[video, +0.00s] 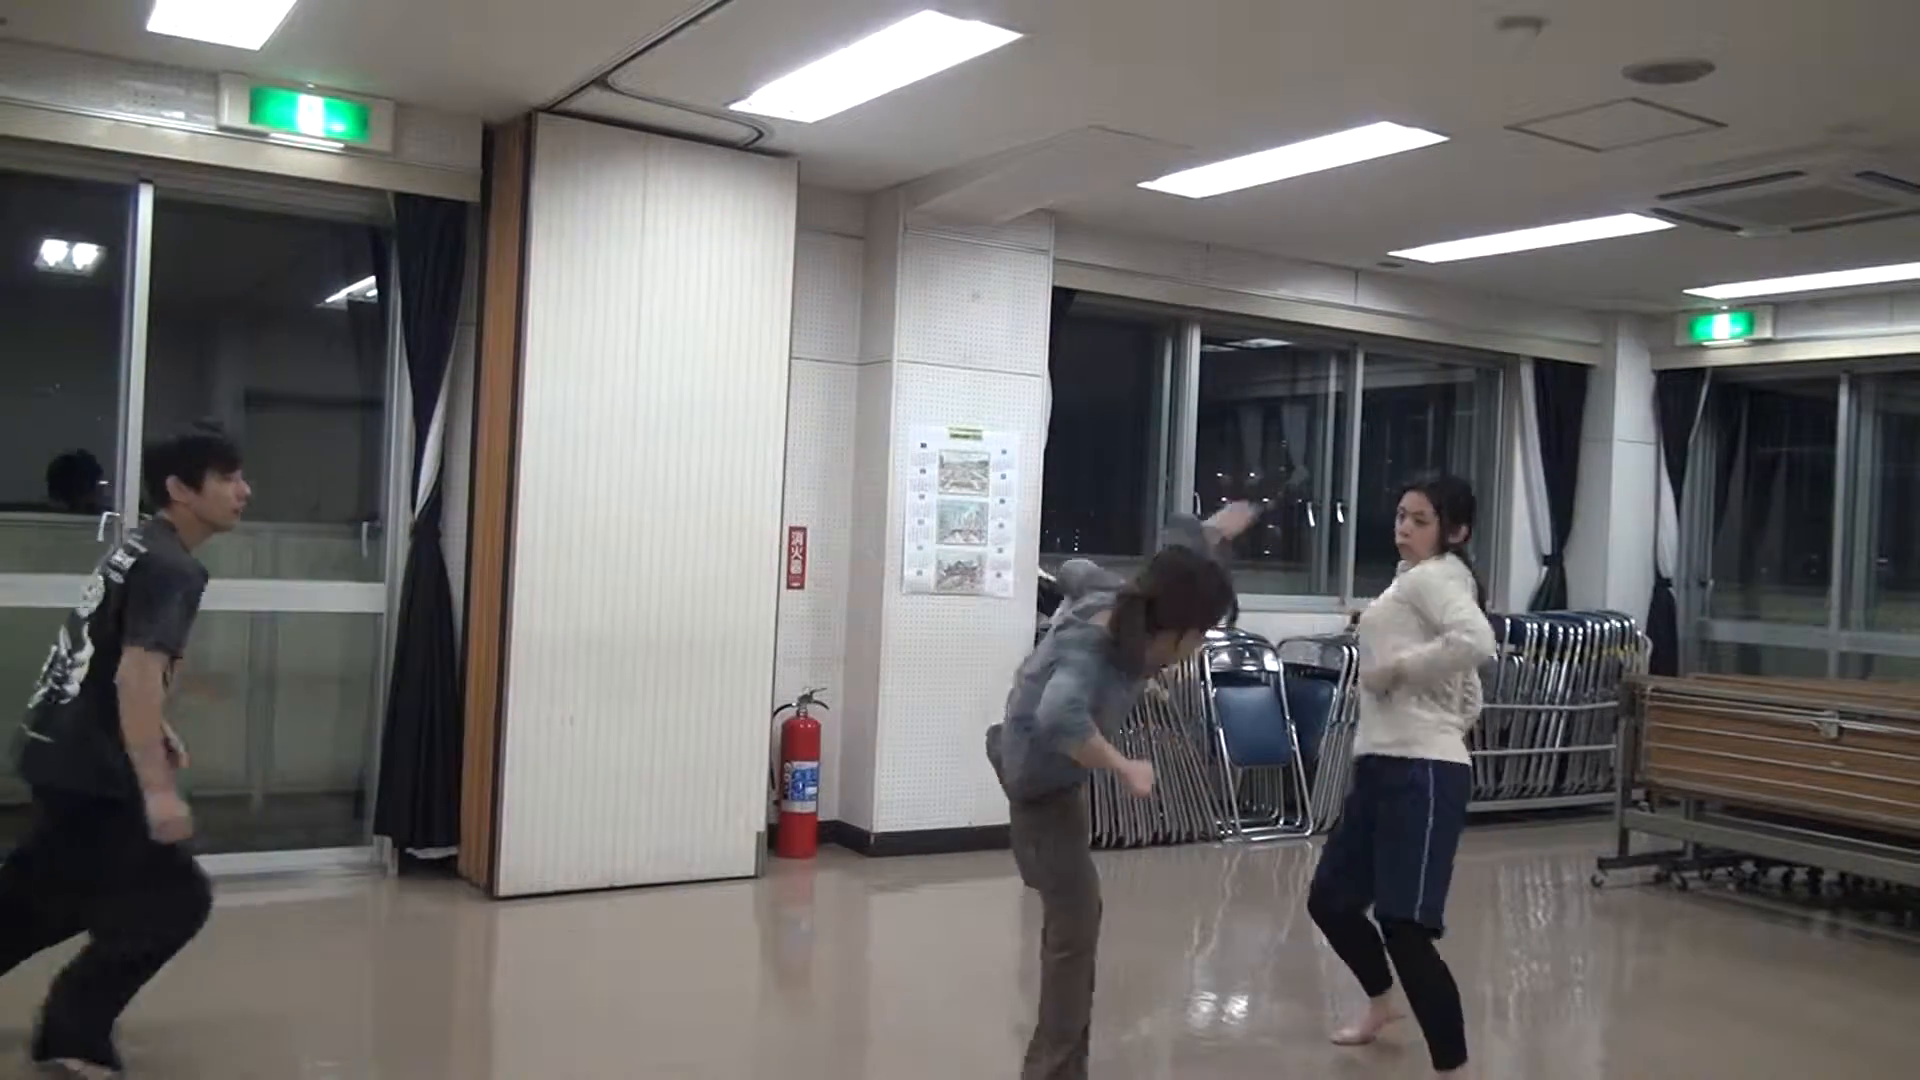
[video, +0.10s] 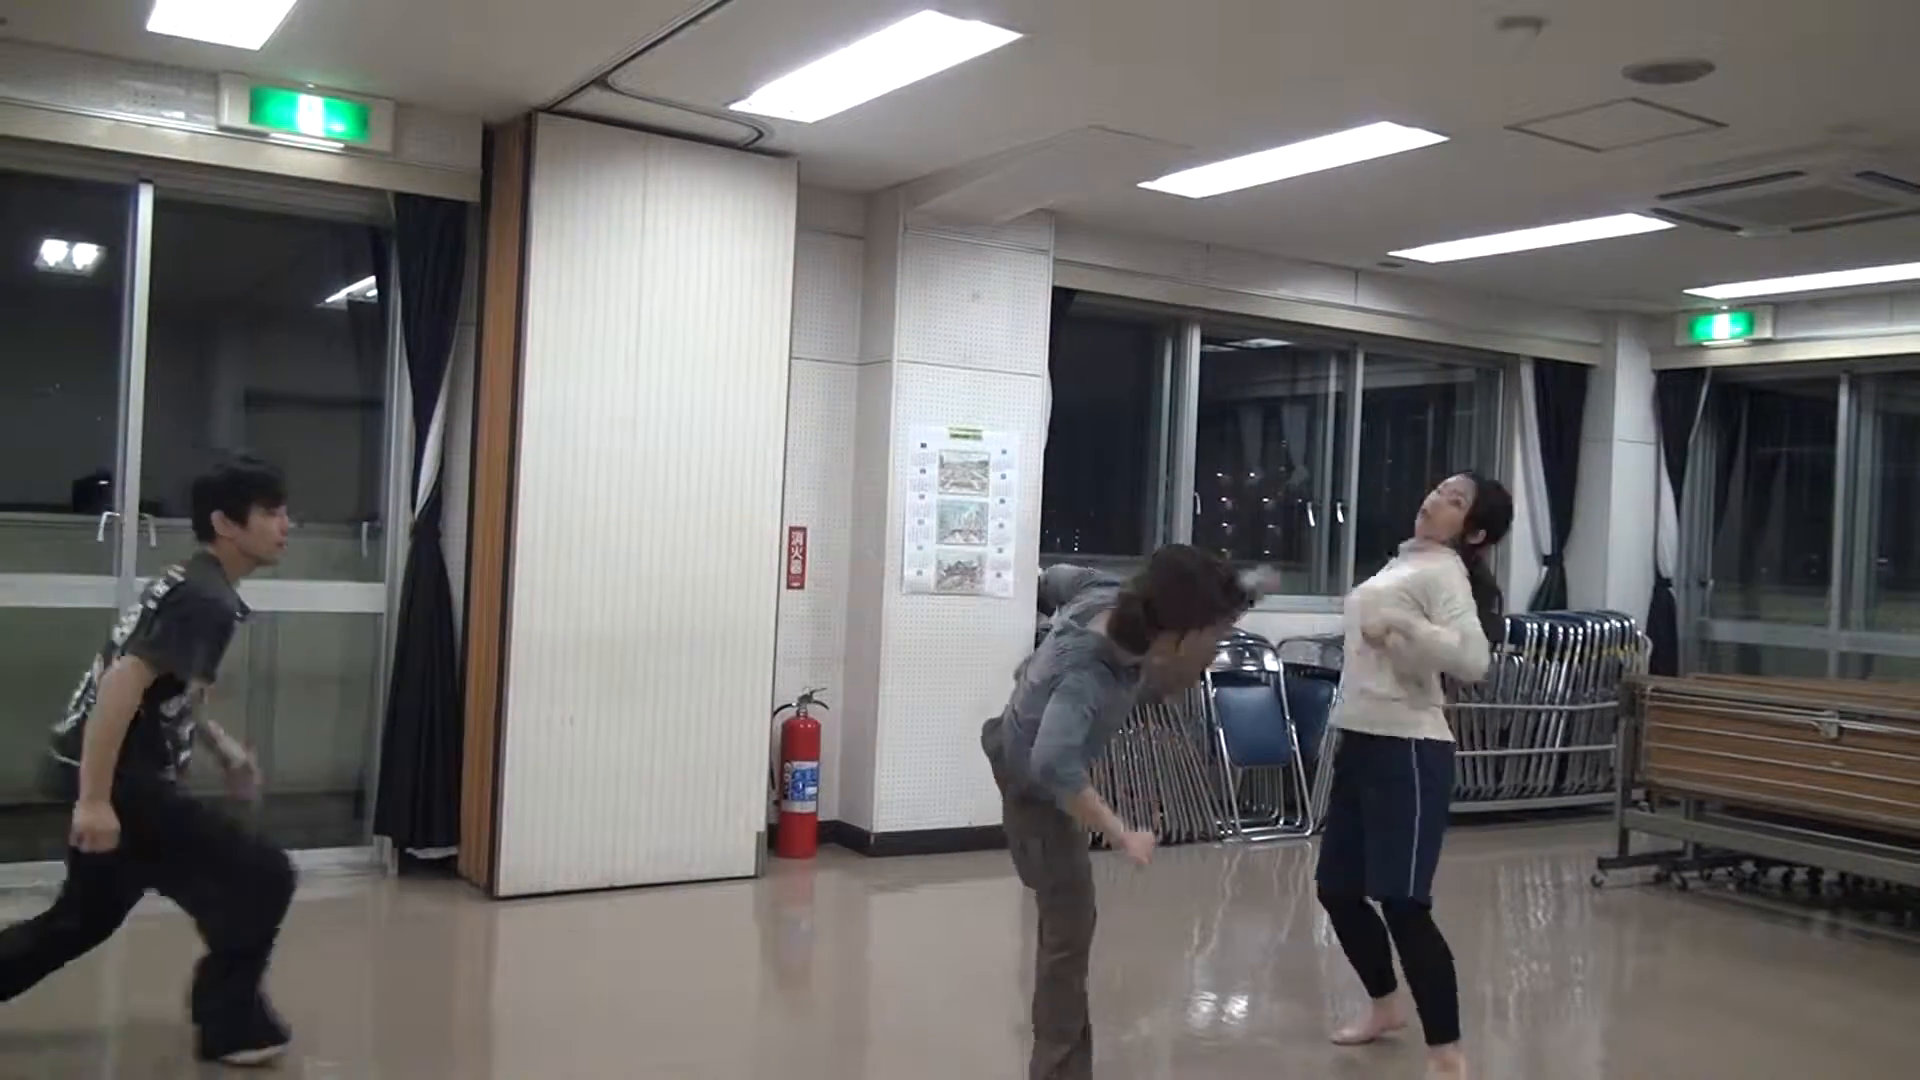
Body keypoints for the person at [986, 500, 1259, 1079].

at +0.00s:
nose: (1195, 647)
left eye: (1201, 637)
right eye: (1196, 636)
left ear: (1161, 604)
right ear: (1169, 626)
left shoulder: (1128, 598)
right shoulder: (1089, 651)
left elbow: (1175, 545)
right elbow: (1057, 720)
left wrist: (1220, 528)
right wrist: (1121, 766)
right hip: (1041, 776)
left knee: (1074, 908)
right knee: (1075, 917)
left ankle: (1056, 1054)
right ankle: (1057, 1065)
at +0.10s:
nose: (1219, 651)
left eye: (1223, 638)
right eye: (1216, 638)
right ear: (1179, 634)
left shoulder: (1121, 593)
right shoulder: (1091, 675)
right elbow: (1053, 763)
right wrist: (1118, 833)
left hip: (1017, 733)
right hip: (1032, 775)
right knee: (1070, 920)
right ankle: (1061, 1067)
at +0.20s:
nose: (1183, 624)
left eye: (1187, 615)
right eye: (1179, 616)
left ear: (1135, 589)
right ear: (1151, 618)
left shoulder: (1109, 599)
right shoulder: (1064, 677)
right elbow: (1038, 802)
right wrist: (1086, 892)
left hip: (1101, 725)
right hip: (1057, 779)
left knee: (1199, 740)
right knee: (1081, 941)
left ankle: (1154, 790)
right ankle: (1064, 1070)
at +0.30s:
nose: (1163, 595)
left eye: (1166, 583)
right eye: (1158, 585)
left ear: (1118, 576)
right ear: (1128, 583)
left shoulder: (1120, 616)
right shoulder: (1055, 658)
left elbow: (1115, 704)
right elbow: (1036, 771)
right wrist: (1091, 825)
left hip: (1132, 784)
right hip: (1078, 806)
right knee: (1110, 952)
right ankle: (1073, 1068)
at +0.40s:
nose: (1147, 537)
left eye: (1145, 524)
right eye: (1142, 527)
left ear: (1079, 529)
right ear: (1127, 538)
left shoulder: (1060, 574)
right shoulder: (1096, 632)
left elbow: (1131, 516)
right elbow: (1078, 744)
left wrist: (1195, 543)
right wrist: (1139, 761)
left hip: (1050, 773)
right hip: (1092, 781)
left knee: (1088, 918)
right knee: (1173, 932)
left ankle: (1068, 1061)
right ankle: (1090, 1065)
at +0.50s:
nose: (1047, 501)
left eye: (1053, 492)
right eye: (1049, 491)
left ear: (1069, 502)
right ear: (1126, 500)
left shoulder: (1035, 552)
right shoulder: (1156, 576)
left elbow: (1107, 537)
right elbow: (1178, 681)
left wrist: (1185, 538)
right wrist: (1156, 713)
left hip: (1028, 764)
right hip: (1105, 767)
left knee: (1050, 918)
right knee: (1179, 916)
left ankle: (1061, 1066)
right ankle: (1146, 1062)